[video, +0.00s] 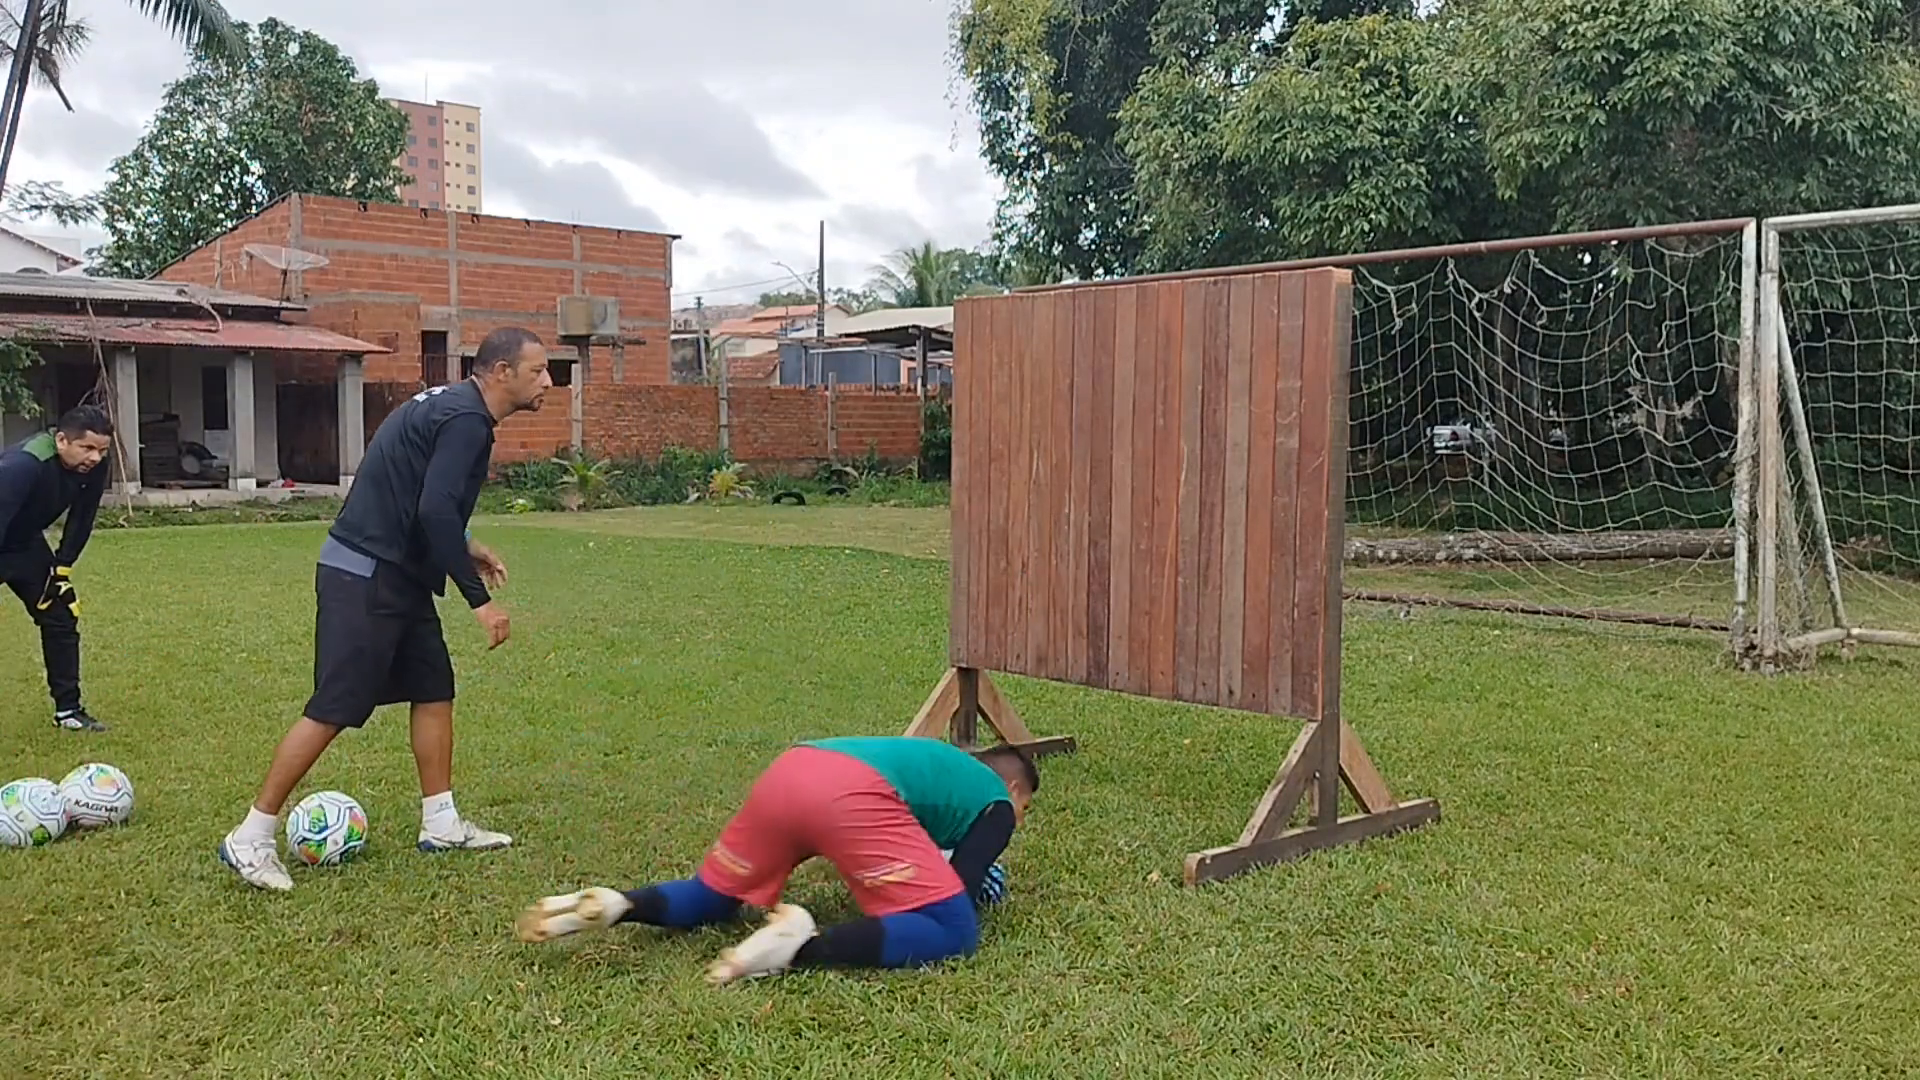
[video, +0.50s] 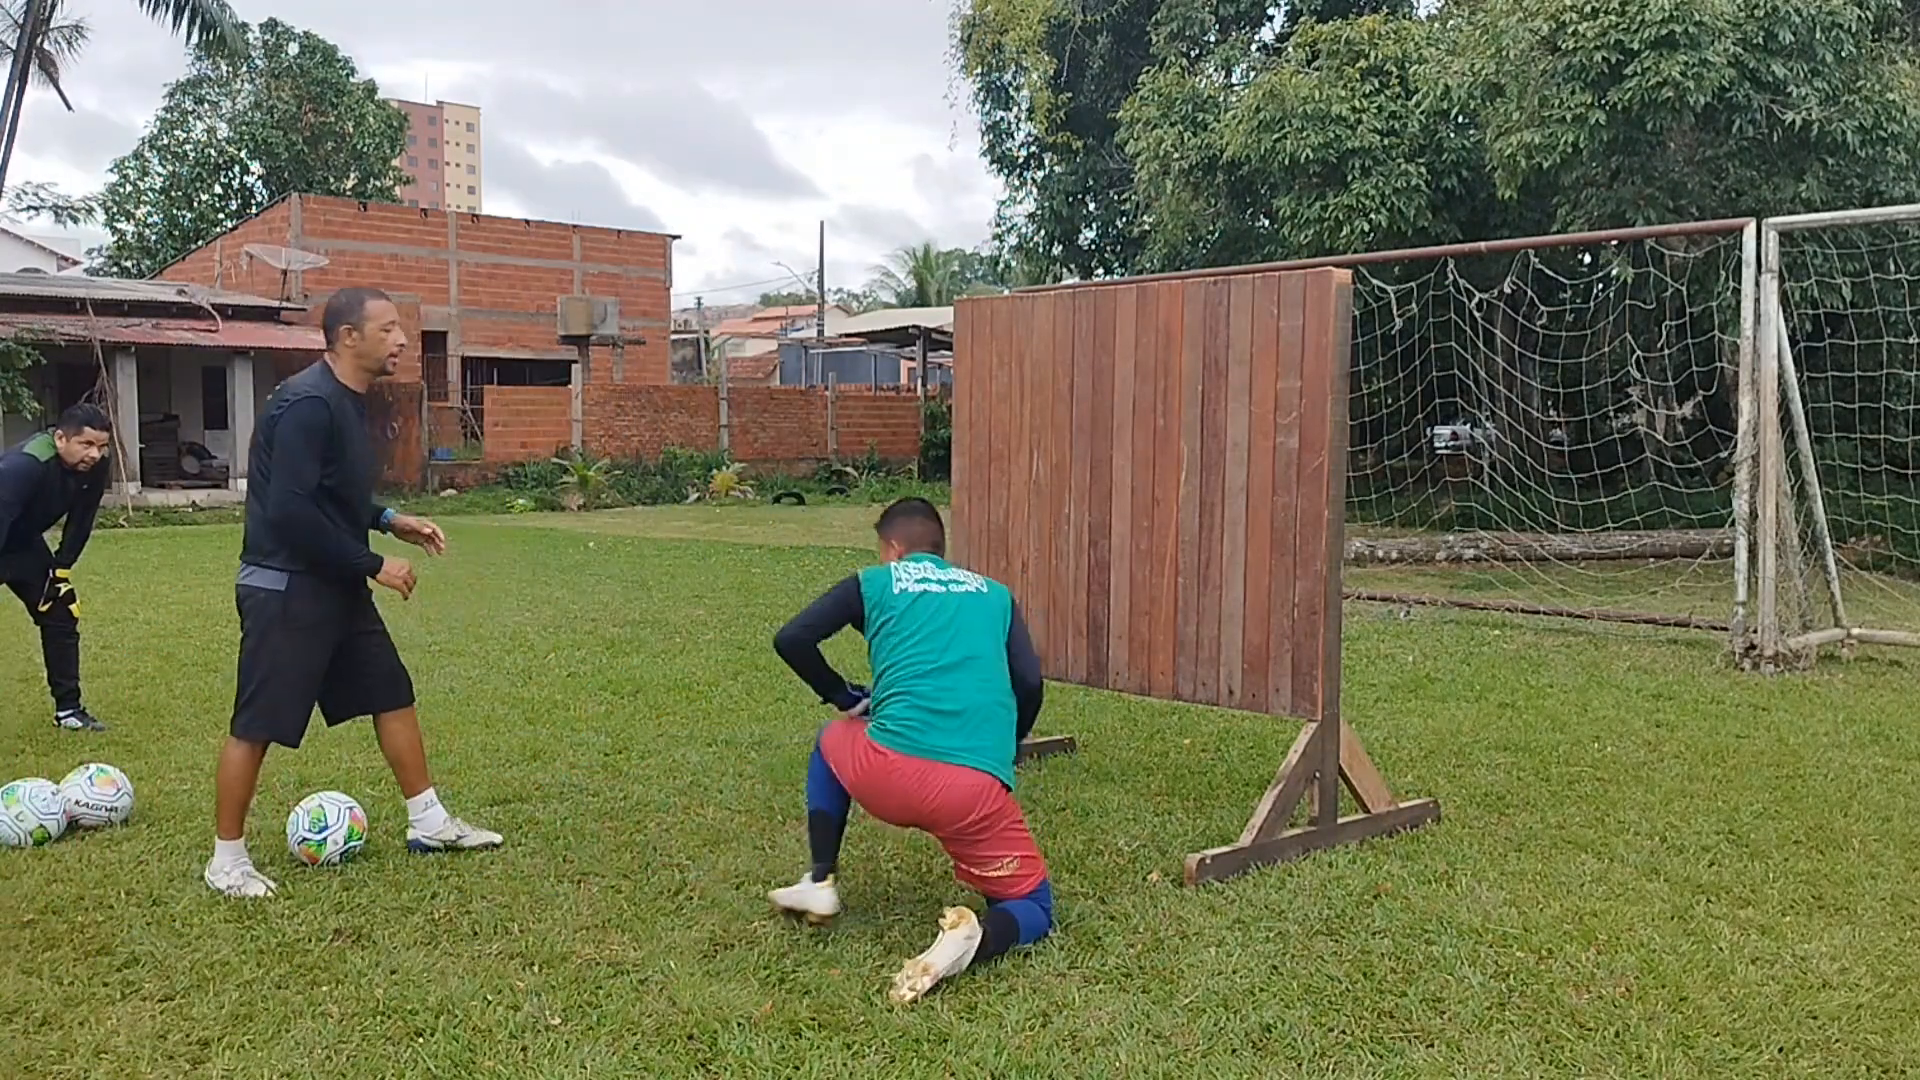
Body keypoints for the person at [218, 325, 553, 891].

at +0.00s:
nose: (548, 382)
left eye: (548, 372)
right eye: (540, 371)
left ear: (498, 372)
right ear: (502, 371)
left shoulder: (452, 407)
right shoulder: (467, 420)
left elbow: (418, 504)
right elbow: (438, 512)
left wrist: (465, 549)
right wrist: (480, 599)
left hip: (400, 576)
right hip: (362, 572)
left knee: (433, 687)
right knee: (335, 704)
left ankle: (441, 824)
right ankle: (252, 836)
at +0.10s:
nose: (531, 372)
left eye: (530, 361)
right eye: (521, 362)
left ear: (482, 367)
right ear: (482, 365)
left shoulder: (457, 414)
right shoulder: (444, 417)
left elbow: (425, 498)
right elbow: (407, 509)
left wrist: (466, 541)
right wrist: (447, 598)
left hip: (396, 574)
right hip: (353, 572)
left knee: (432, 690)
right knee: (324, 705)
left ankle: (442, 824)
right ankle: (246, 840)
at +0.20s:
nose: (504, 364)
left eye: (503, 352)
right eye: (493, 353)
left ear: (459, 360)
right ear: (454, 358)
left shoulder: (440, 413)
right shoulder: (417, 412)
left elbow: (411, 499)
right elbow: (377, 505)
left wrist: (455, 543)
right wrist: (418, 593)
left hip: (386, 580)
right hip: (341, 578)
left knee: (429, 693)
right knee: (311, 712)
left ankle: (442, 825)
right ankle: (241, 848)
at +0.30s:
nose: (471, 356)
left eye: (469, 344)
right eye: (459, 345)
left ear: (428, 353)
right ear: (419, 352)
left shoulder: (410, 413)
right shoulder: (379, 413)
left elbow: (386, 501)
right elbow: (347, 508)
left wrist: (432, 540)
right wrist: (393, 591)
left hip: (377, 587)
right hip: (325, 586)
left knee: (422, 698)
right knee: (293, 717)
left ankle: (441, 826)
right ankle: (235, 855)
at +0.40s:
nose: (434, 349)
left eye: (433, 338)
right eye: (424, 338)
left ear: (391, 345)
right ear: (382, 344)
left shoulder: (378, 407)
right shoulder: (339, 409)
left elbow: (353, 499)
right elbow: (313, 510)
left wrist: (403, 533)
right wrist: (378, 584)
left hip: (352, 590)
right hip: (302, 591)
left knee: (405, 699)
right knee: (268, 723)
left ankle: (442, 825)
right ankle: (230, 860)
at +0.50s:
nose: (398, 340)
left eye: (397, 329)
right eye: (387, 329)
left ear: (356, 340)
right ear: (347, 338)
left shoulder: (347, 401)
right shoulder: (306, 404)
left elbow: (338, 495)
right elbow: (289, 511)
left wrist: (393, 521)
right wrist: (374, 564)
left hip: (336, 585)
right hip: (283, 588)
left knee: (393, 695)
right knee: (254, 724)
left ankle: (429, 822)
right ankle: (227, 860)